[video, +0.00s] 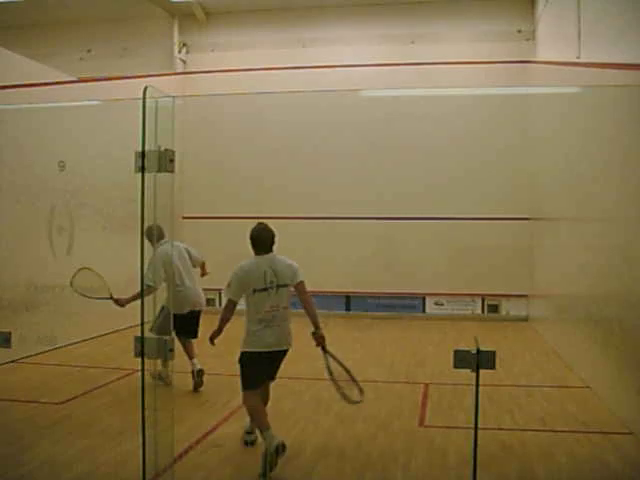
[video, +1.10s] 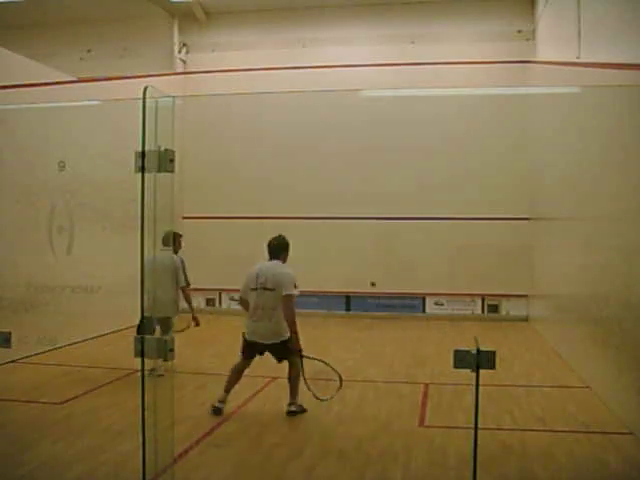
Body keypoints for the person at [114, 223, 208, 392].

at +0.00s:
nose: (148, 244)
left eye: (148, 240)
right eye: (148, 240)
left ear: (150, 240)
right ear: (164, 235)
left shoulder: (159, 254)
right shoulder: (179, 246)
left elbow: (152, 286)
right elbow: (200, 260)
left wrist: (127, 300)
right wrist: (203, 271)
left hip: (180, 302)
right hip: (197, 299)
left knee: (160, 333)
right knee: (184, 336)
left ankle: (165, 372)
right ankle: (196, 366)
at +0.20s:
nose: (129, 259)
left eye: (128, 256)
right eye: (128, 256)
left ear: (131, 255)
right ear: (142, 250)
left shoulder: (142, 264)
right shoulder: (158, 258)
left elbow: (140, 293)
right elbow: (181, 267)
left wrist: (114, 299)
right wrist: (194, 277)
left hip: (164, 305)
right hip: (179, 301)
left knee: (148, 333)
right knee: (163, 332)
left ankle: (158, 371)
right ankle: (167, 362)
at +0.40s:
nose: (115, 268)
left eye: (115, 265)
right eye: (115, 265)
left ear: (118, 265)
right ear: (127, 259)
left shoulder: (132, 274)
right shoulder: (141, 267)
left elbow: (131, 301)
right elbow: (169, 272)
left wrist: (107, 302)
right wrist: (191, 280)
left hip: (156, 313)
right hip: (166, 308)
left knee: (139, 338)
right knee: (156, 337)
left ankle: (156, 366)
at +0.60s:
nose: (116, 267)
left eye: (116, 265)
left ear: (116, 265)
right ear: (129, 259)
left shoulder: (123, 283)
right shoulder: (145, 267)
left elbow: (129, 305)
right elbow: (166, 286)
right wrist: (171, 303)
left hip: (146, 313)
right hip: (163, 307)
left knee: (137, 337)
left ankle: (158, 357)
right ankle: (135, 357)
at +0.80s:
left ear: (131, 255)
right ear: (145, 252)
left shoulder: (130, 271)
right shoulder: (156, 265)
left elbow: (135, 288)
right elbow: (163, 288)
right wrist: (168, 312)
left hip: (141, 309)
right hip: (158, 307)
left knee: (137, 333)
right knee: (158, 329)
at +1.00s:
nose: (169, 247)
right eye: (168, 245)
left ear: (152, 244)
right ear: (167, 245)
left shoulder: (144, 261)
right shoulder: (172, 261)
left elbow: (139, 281)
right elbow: (178, 288)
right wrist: (183, 312)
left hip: (146, 306)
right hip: (164, 307)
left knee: (146, 335)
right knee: (161, 336)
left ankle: (142, 361)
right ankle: (155, 364)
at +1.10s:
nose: (181, 246)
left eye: (181, 242)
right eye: (179, 242)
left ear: (164, 243)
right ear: (173, 243)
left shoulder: (149, 259)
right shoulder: (176, 260)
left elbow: (142, 283)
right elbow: (184, 288)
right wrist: (193, 313)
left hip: (148, 307)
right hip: (166, 308)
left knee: (147, 336)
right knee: (165, 333)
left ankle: (152, 365)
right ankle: (159, 364)